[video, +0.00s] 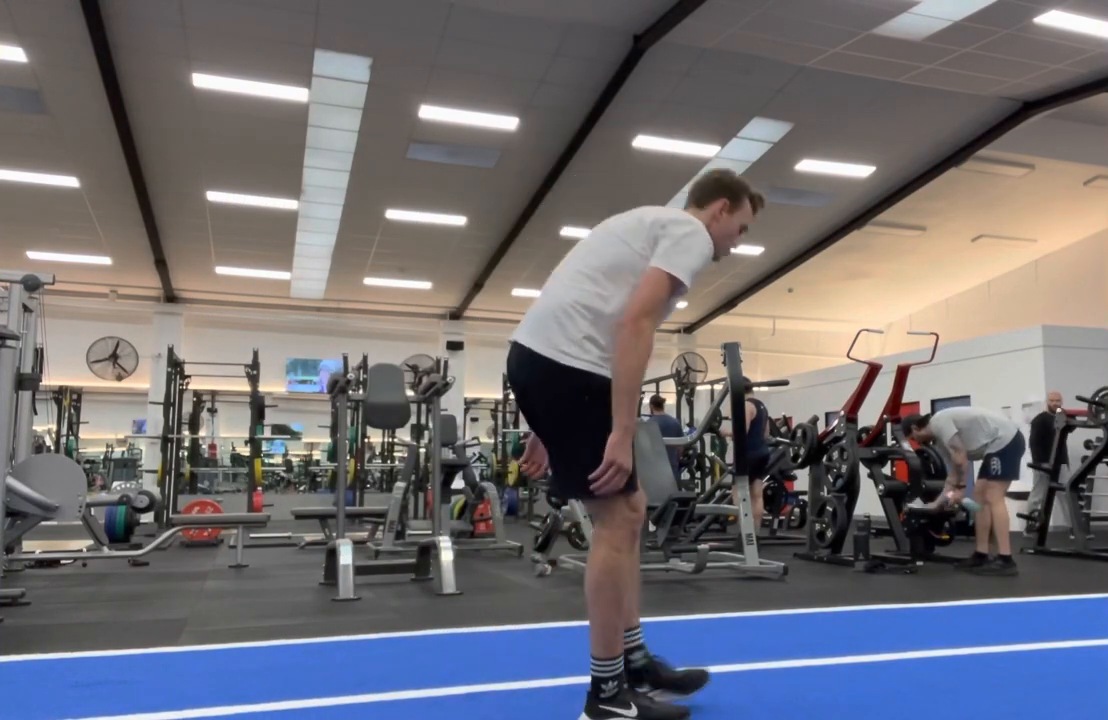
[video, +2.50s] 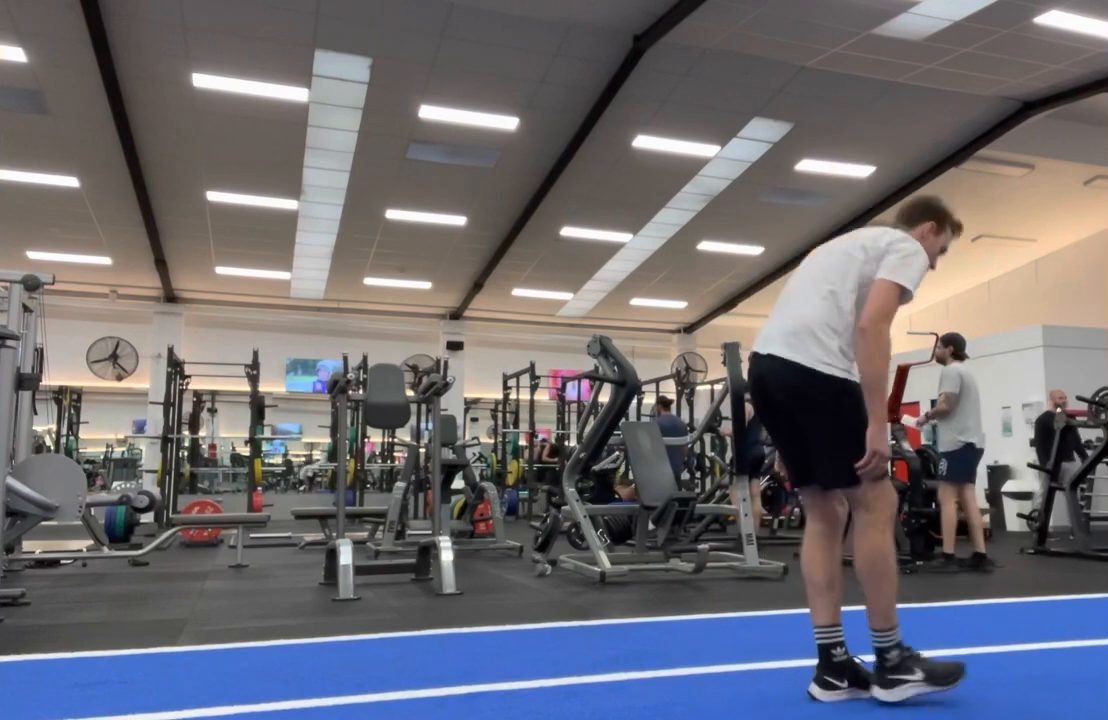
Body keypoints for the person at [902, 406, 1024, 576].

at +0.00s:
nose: (916, 442)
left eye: (913, 437)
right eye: (913, 440)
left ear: (916, 428)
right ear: (918, 427)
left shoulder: (940, 422)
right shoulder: (938, 439)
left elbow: (961, 460)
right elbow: (953, 471)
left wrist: (959, 488)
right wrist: (937, 503)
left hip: (1007, 440)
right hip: (992, 446)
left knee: (994, 496)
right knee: (980, 496)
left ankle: (1005, 558)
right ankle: (981, 554)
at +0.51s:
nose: (915, 439)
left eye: (912, 435)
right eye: (912, 437)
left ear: (915, 426)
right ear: (917, 424)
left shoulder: (940, 422)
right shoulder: (938, 434)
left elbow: (960, 459)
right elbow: (954, 463)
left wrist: (959, 488)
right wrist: (950, 490)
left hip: (1006, 440)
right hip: (992, 446)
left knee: (994, 496)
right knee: (981, 496)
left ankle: (1005, 559)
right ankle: (981, 555)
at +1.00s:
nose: (915, 437)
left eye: (912, 433)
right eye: (911, 435)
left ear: (915, 423)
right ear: (918, 422)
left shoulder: (938, 419)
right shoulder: (937, 427)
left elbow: (959, 456)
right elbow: (957, 458)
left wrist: (956, 486)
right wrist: (954, 489)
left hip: (1006, 440)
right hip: (991, 446)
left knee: (1000, 499)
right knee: (982, 499)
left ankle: (1006, 559)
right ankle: (981, 555)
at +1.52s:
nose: (915, 406)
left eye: (913, 400)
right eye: (912, 402)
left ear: (920, 392)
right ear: (923, 392)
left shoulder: (942, 397)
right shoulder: (942, 405)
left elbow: (949, 431)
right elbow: (951, 445)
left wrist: (940, 457)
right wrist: (946, 474)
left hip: (999, 441)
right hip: (985, 445)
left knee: (988, 495)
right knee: (977, 496)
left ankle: (1004, 557)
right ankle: (981, 554)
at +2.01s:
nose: (932, 366)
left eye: (934, 361)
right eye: (931, 362)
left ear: (945, 357)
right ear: (949, 357)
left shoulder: (955, 373)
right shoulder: (963, 374)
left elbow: (954, 406)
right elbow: (961, 414)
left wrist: (933, 424)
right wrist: (935, 427)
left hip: (973, 440)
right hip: (983, 440)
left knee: (953, 493)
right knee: (971, 496)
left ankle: (987, 544)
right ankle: (979, 550)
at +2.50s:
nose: (935, 352)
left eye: (938, 348)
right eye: (936, 348)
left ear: (949, 349)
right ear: (957, 349)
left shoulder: (952, 370)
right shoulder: (966, 371)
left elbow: (947, 406)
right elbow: (954, 408)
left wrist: (927, 415)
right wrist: (931, 415)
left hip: (955, 442)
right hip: (972, 441)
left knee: (946, 496)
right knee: (968, 497)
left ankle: (948, 553)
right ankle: (980, 552)